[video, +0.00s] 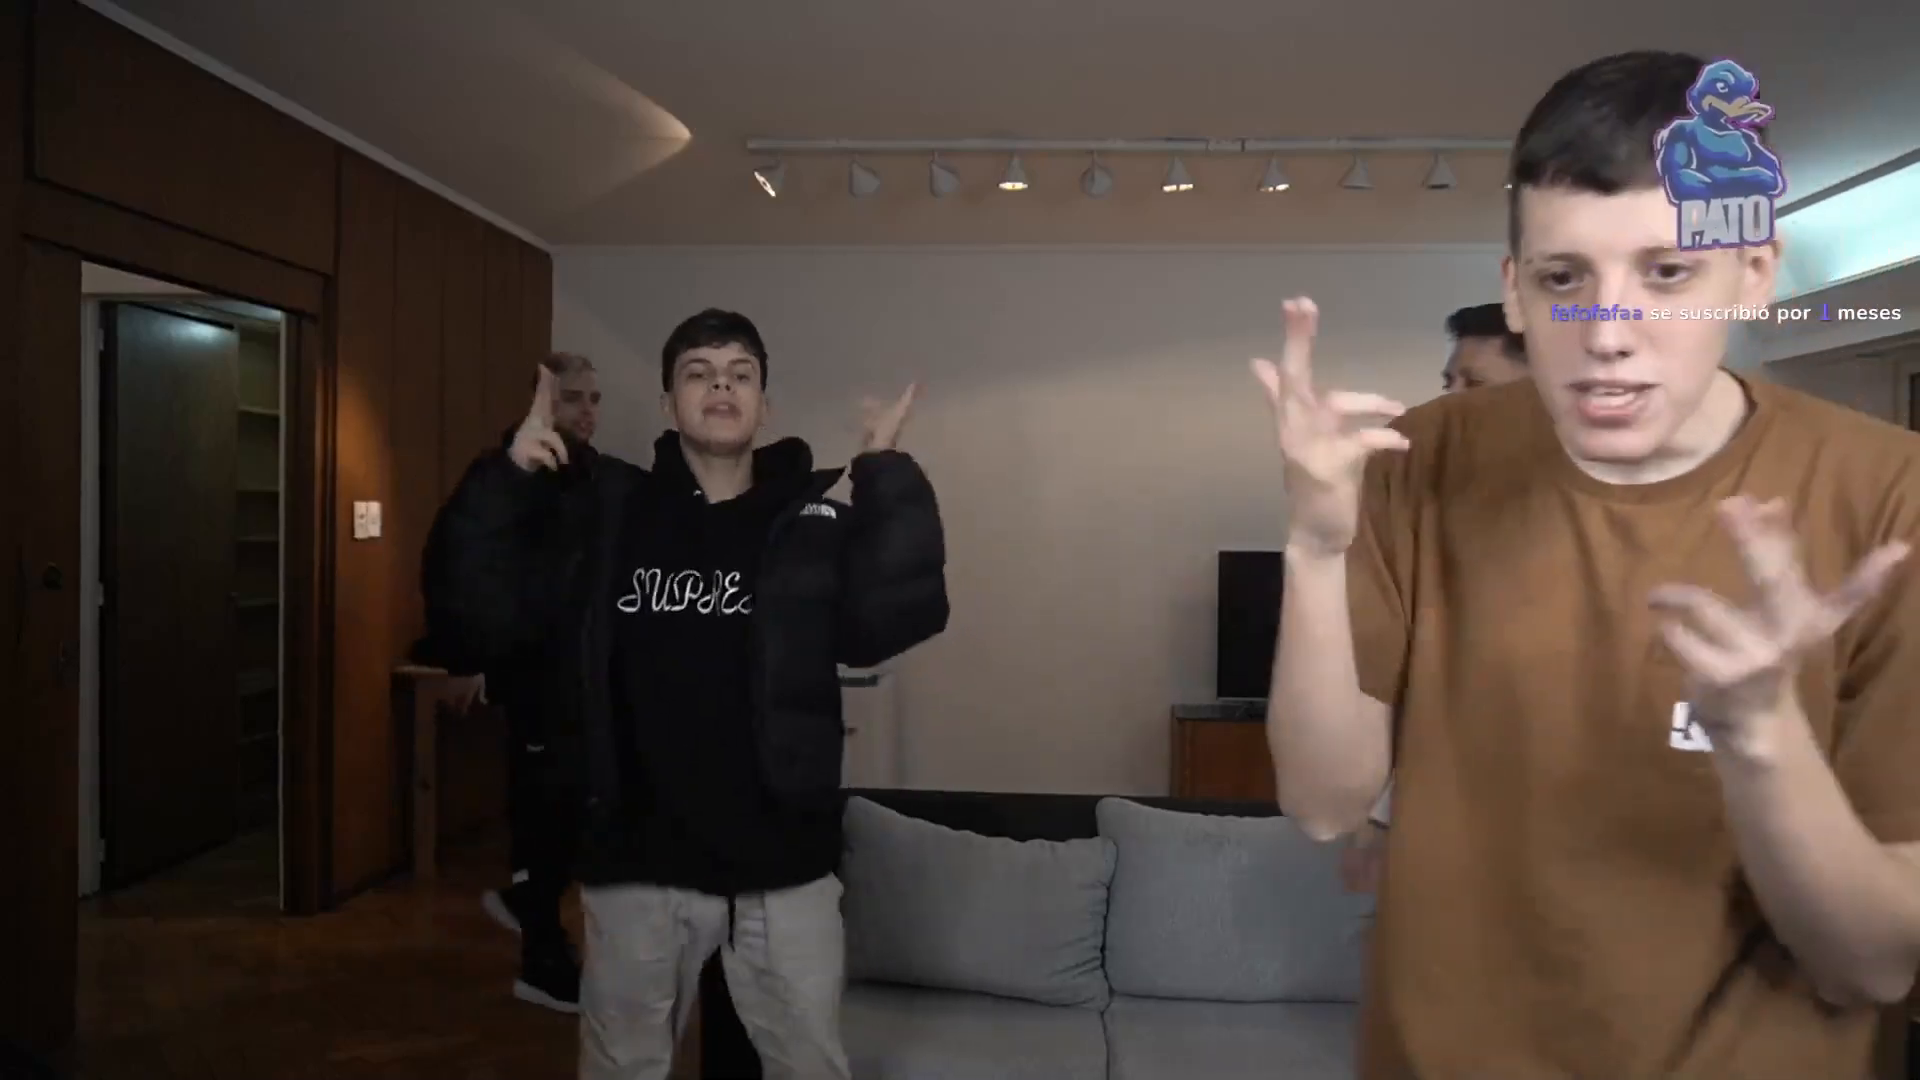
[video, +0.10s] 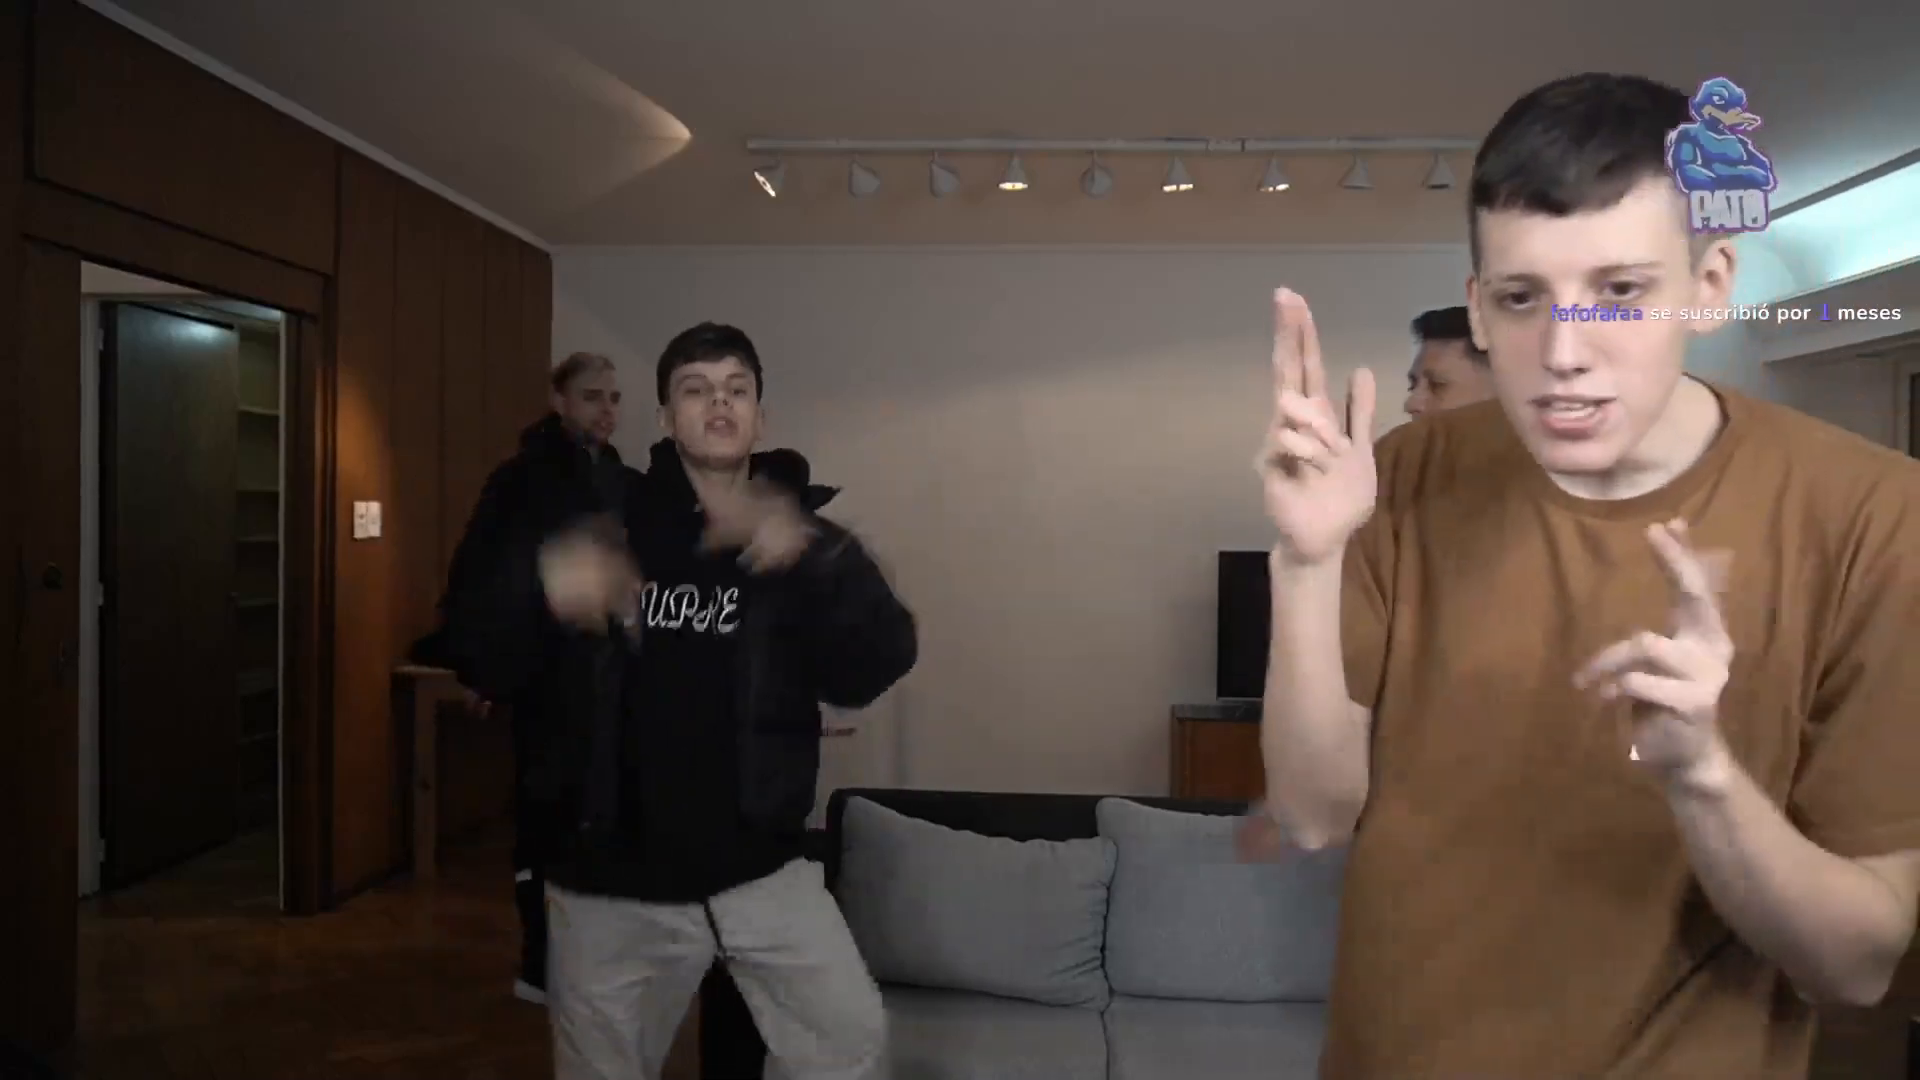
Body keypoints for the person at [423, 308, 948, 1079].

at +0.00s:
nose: (722, 388)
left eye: (742, 375)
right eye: (700, 374)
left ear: (765, 405)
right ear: (669, 404)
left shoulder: (810, 517)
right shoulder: (608, 508)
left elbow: (889, 627)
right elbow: (466, 621)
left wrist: (886, 474)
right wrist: (510, 475)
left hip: (782, 850)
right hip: (641, 849)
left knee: (811, 1066)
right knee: (622, 1064)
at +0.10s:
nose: (721, 405)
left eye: (738, 389)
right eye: (698, 390)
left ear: (760, 412)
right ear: (666, 413)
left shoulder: (803, 538)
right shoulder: (604, 527)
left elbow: (879, 662)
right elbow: (478, 653)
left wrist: (811, 554)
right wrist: (546, 586)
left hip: (763, 866)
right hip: (615, 871)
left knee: (847, 1042)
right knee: (602, 1066)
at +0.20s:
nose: (709, 424)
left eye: (727, 408)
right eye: (687, 409)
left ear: (752, 430)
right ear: (658, 433)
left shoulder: (811, 572)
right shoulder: (592, 540)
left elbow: (802, 708)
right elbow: (539, 687)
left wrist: (671, 663)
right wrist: (664, 753)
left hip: (757, 880)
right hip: (605, 892)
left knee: (842, 1055)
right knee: (588, 1068)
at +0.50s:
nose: (709, 382)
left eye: (729, 372)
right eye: (687, 372)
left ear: (755, 404)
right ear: (659, 403)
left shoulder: (822, 524)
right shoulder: (603, 515)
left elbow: (851, 667)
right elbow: (552, 676)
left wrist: (734, 722)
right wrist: (675, 648)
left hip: (780, 857)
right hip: (636, 858)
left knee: (797, 1066)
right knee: (621, 1066)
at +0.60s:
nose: (719, 396)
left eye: (739, 383)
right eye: (697, 383)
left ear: (764, 414)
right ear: (669, 412)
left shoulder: (836, 543)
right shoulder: (615, 530)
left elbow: (868, 705)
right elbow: (565, 691)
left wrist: (749, 771)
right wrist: (684, 743)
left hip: (799, 872)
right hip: (650, 871)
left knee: (814, 1070)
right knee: (583, 1064)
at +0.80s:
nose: (730, 399)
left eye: (750, 385)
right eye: (708, 384)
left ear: (775, 415)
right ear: (679, 409)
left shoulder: (848, 539)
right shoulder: (616, 545)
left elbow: (910, 695)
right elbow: (563, 701)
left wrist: (854, 734)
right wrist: (615, 802)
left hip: (815, 881)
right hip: (666, 886)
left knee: (815, 1072)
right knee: (628, 1071)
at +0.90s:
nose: (719, 397)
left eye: (740, 383)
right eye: (698, 383)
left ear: (771, 411)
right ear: (670, 410)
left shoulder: (832, 532)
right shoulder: (606, 538)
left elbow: (909, 673)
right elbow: (547, 686)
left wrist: (850, 633)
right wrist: (595, 759)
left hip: (800, 872)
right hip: (652, 875)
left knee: (805, 1070)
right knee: (623, 1070)